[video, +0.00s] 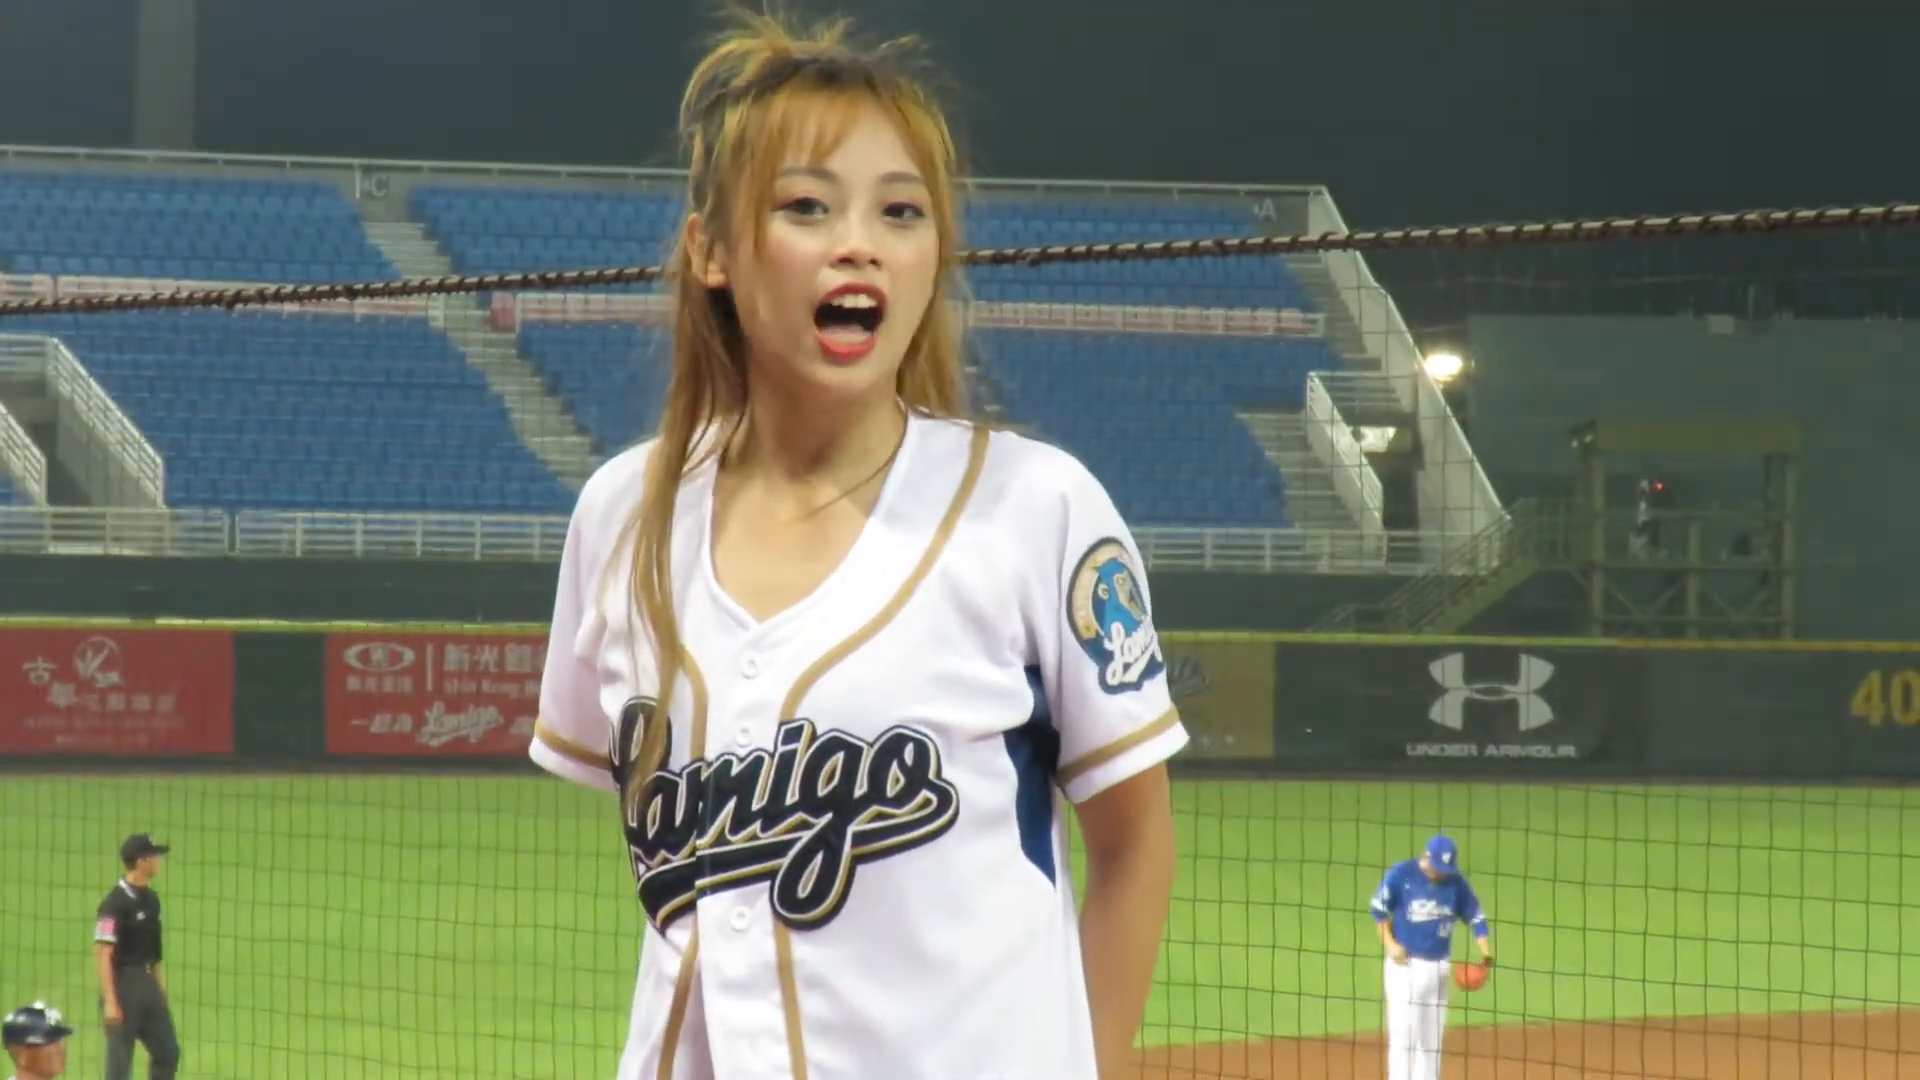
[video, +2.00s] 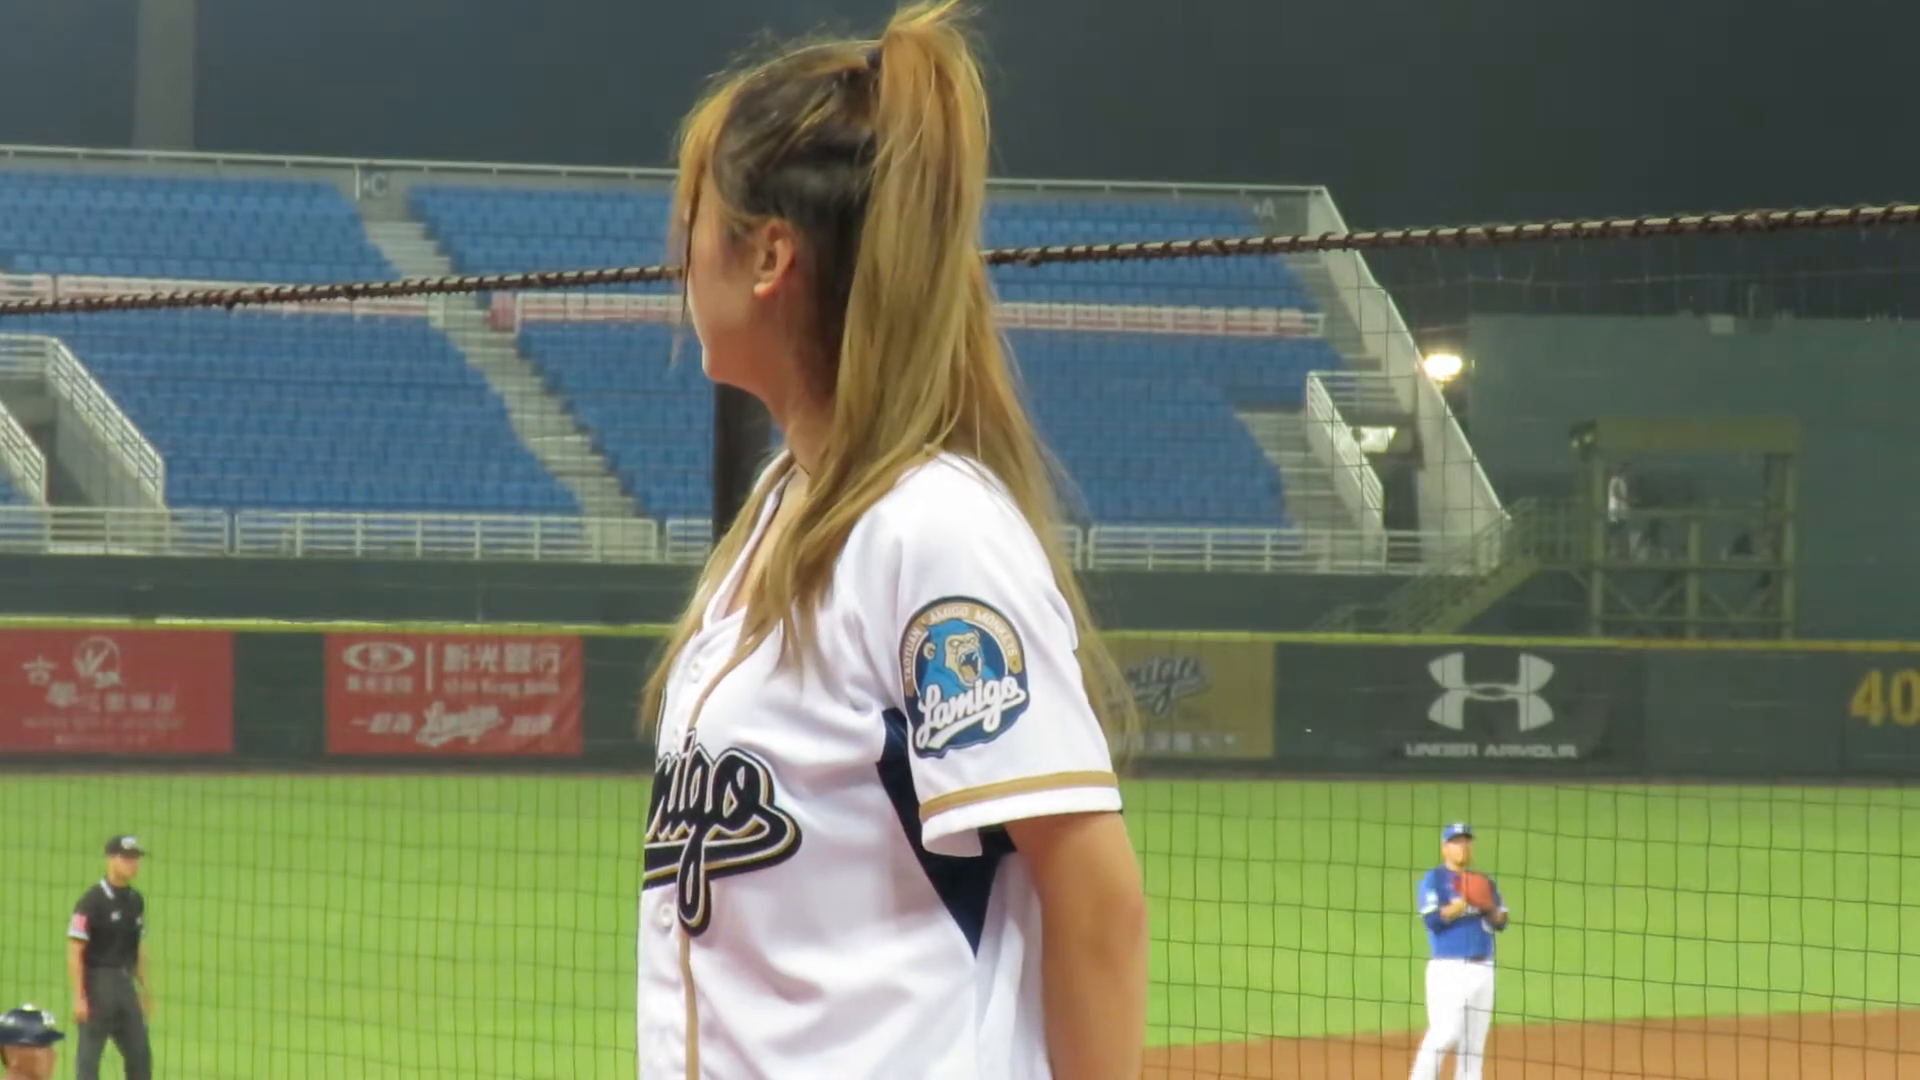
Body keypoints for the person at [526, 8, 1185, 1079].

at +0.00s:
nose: (860, 250)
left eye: (900, 212)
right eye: (806, 207)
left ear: (938, 258)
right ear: (714, 253)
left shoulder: (1040, 507)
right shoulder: (626, 513)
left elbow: (1134, 848)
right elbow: (662, 838)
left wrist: (1090, 1064)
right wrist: (767, 1041)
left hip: (989, 1055)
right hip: (701, 1055)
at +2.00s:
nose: (682, 258)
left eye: (695, 224)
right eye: (689, 222)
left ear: (770, 259)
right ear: (773, 258)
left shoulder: (938, 527)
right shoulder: (780, 506)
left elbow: (1098, 897)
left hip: (883, 1055)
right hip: (718, 1051)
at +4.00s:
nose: (681, 259)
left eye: (696, 221)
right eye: (690, 219)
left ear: (771, 254)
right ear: (772, 254)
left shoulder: (927, 536)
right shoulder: (779, 503)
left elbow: (1089, 911)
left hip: (881, 1057)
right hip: (719, 1051)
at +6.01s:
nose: (688, 263)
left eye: (702, 225)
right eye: (697, 224)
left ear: (778, 252)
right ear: (777, 252)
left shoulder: (937, 533)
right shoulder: (784, 505)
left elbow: (1096, 912)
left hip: (886, 1057)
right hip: (721, 1051)